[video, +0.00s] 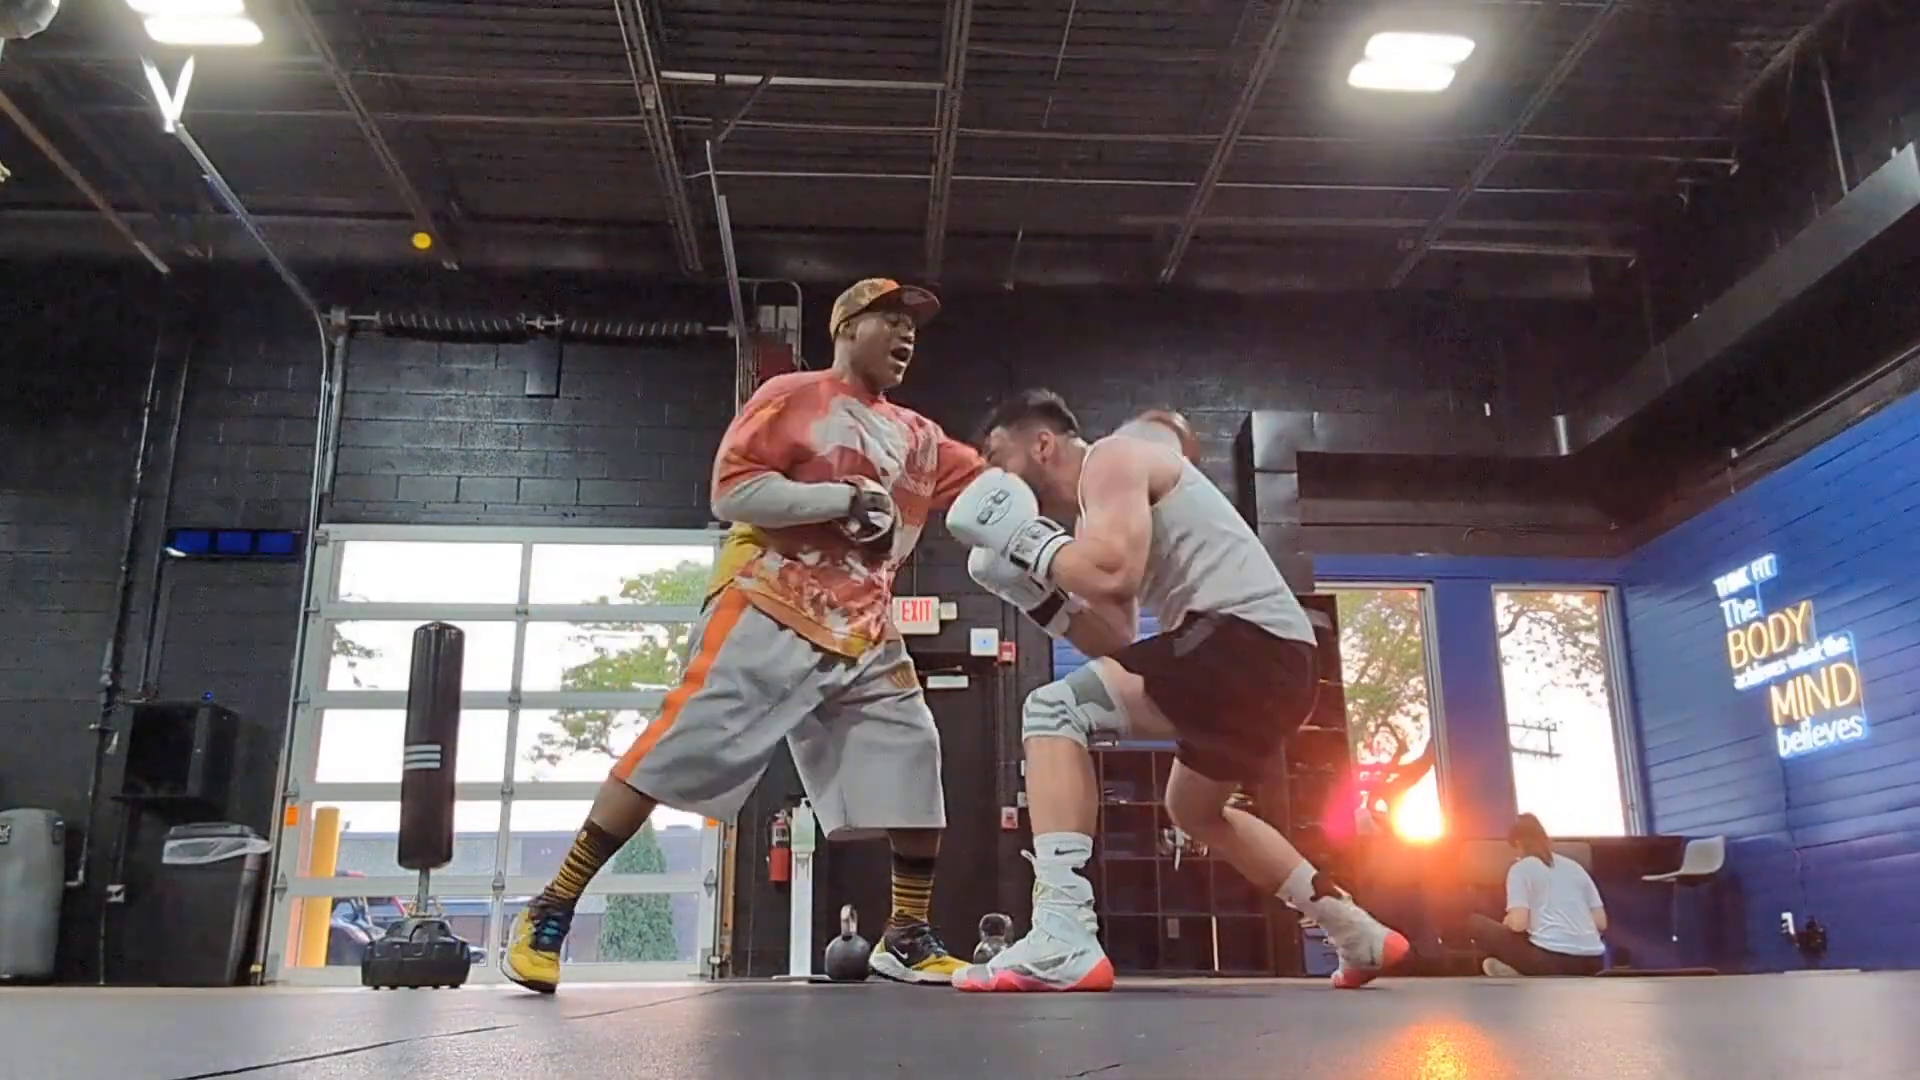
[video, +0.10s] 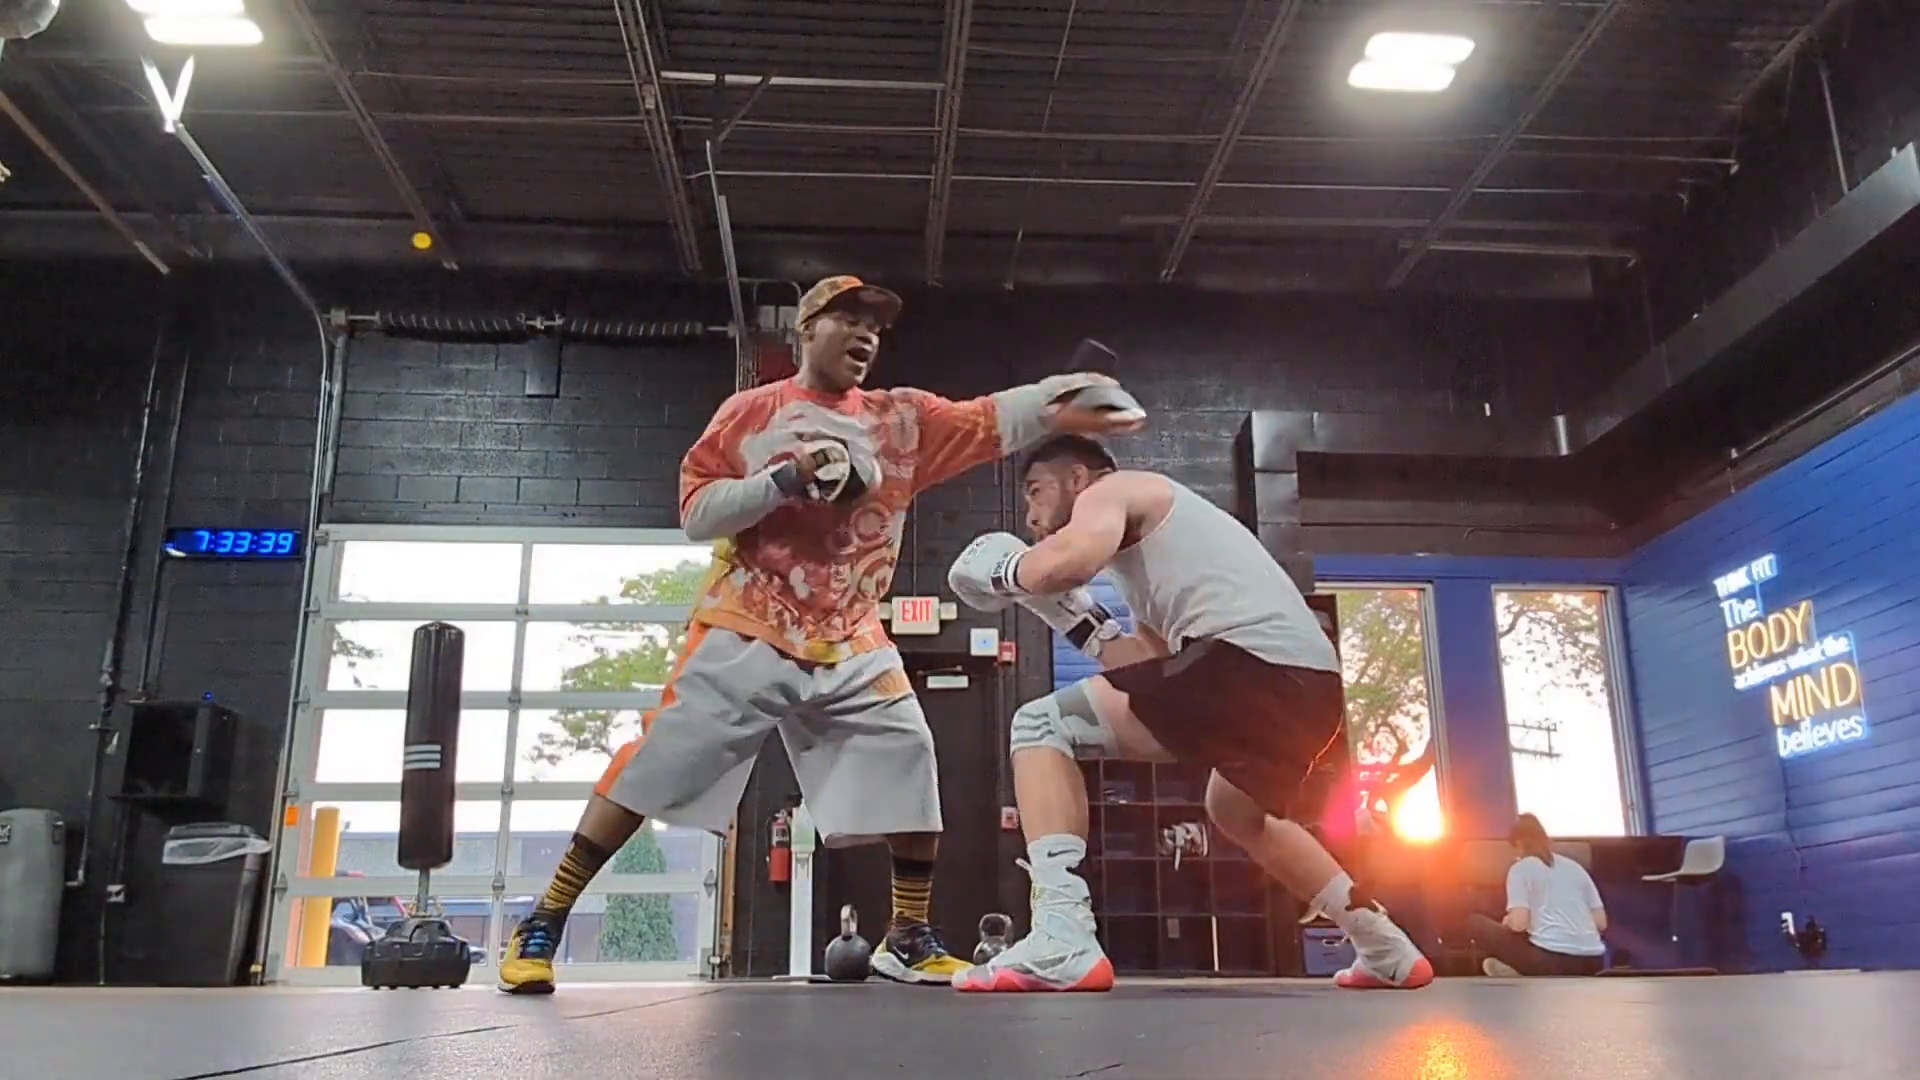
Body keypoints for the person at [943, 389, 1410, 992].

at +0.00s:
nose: (995, 477)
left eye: (998, 457)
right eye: (990, 463)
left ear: (1044, 444)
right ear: (1046, 450)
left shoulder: (1117, 456)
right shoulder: (1097, 522)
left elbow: (1113, 571)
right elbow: (1116, 638)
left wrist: (1023, 531)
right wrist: (1040, 601)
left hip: (1242, 645)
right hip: (1283, 664)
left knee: (1055, 710)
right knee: (1197, 809)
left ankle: (1061, 938)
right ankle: (1358, 934)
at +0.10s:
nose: (1032, 510)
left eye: (1038, 491)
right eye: (1027, 498)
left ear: (1081, 476)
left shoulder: (1115, 489)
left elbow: (1063, 564)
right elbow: (1149, 665)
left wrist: (1001, 564)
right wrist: (1068, 619)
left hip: (1244, 669)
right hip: (1318, 693)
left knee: (1042, 725)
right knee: (1236, 811)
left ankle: (1062, 937)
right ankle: (1386, 948)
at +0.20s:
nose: (1077, 489)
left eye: (1085, 471)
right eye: (1075, 479)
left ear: (1128, 454)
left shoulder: (1149, 470)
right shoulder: (1232, 513)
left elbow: (1099, 515)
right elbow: (1185, 643)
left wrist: (1029, 556)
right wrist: (1110, 603)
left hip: (1226, 658)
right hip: (1316, 676)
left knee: (1040, 750)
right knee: (1249, 796)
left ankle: (1062, 934)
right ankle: (1386, 949)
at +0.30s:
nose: (1087, 434)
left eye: (1094, 415)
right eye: (1087, 423)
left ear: (1136, 400)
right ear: (1164, 407)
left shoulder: (1149, 421)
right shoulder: (1224, 465)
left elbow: (1165, 471)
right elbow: (1206, 597)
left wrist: (1072, 488)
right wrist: (1129, 567)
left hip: (1221, 618)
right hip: (1301, 635)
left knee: (1045, 741)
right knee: (1255, 792)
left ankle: (1061, 919)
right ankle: (1385, 946)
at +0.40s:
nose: (1075, 372)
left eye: (1083, 355)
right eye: (1074, 360)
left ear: (1130, 347)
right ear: (1132, 354)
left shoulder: (1163, 380)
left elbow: (1189, 451)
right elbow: (1163, 565)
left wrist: (1099, 444)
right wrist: (1105, 513)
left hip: (1213, 599)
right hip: (1269, 612)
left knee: (1052, 731)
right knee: (1246, 797)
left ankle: (1045, 933)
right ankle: (1386, 945)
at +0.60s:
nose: (1069, 334)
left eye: (1076, 316)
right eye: (1068, 322)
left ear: (1117, 306)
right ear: (1122, 313)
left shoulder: (1151, 348)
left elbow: (1189, 425)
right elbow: (1107, 497)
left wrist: (1090, 407)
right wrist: (1047, 443)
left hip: (1181, 574)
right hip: (1249, 581)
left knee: (1055, 734)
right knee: (1260, 781)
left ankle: (1047, 935)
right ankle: (1384, 940)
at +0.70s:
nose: (1090, 341)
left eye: (1093, 328)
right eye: (1090, 331)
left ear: (1127, 319)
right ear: (1165, 323)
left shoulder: (1121, 351)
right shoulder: (1231, 379)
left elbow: (1065, 403)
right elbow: (1145, 431)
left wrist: (973, 403)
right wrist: (1045, 399)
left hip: (1159, 570)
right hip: (1251, 574)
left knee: (1056, 750)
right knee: (1271, 772)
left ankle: (1050, 932)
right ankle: (1377, 942)